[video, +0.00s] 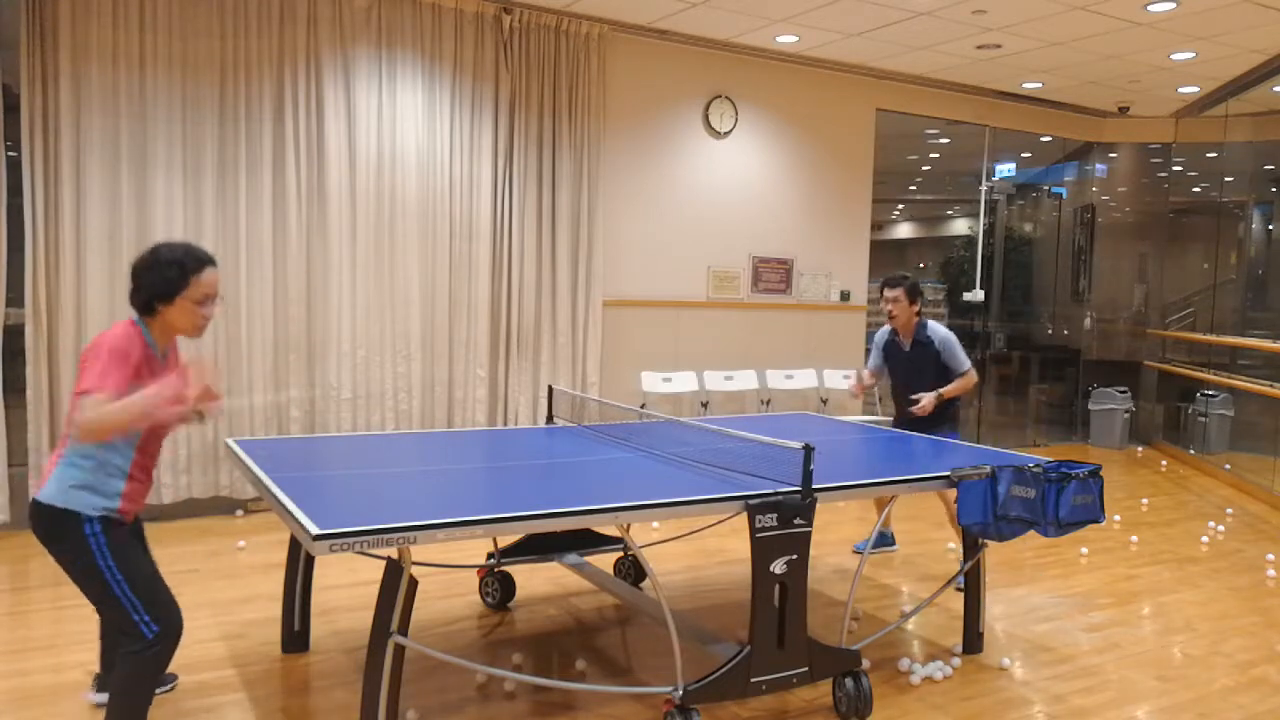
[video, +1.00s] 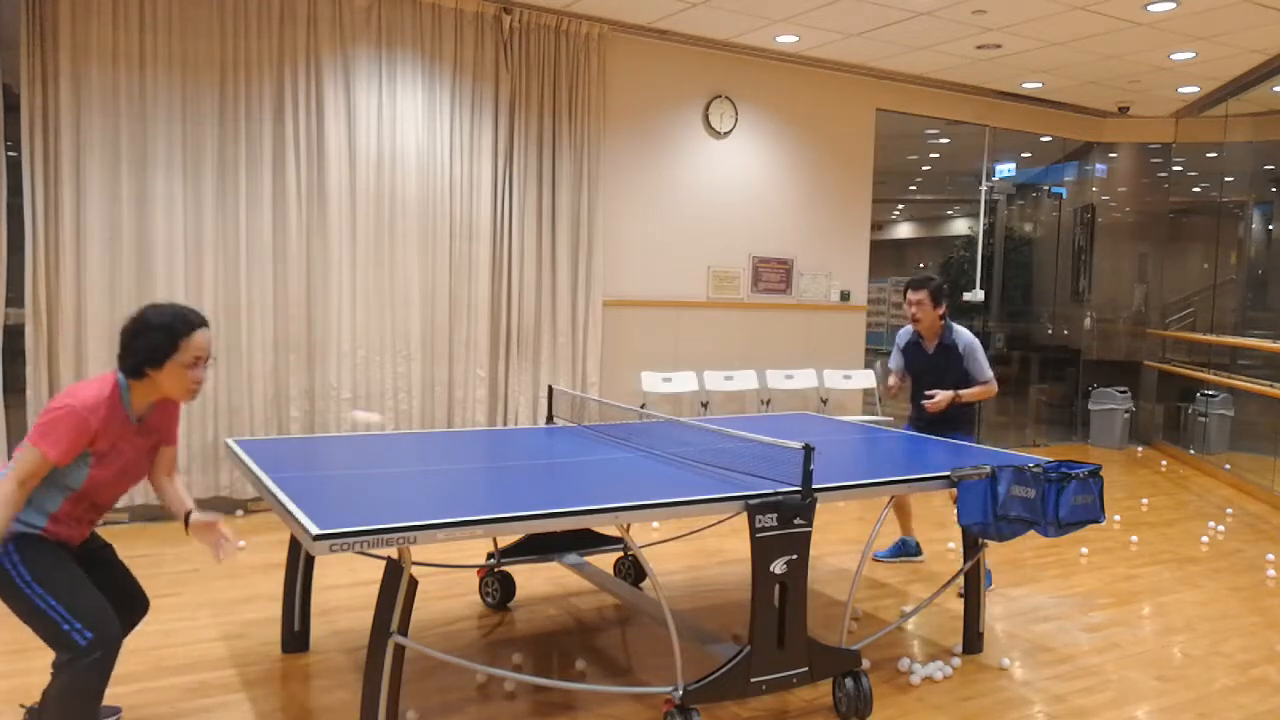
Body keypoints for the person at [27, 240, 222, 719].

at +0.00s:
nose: (211, 312)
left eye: (214, 300)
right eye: (202, 301)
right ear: (163, 300)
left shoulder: (167, 352)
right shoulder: (118, 343)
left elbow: (147, 422)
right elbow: (85, 421)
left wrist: (190, 409)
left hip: (113, 506)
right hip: (73, 508)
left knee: (127, 598)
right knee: (157, 627)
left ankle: (114, 679)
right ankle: (124, 709)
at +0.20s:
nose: (186, 278)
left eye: (186, 267)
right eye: (177, 268)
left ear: (134, 270)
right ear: (141, 269)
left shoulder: (97, 308)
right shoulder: (123, 313)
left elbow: (140, 387)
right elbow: (203, 356)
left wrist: (195, 332)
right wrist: (242, 296)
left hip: (52, 491)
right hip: (94, 497)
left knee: (88, 600)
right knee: (151, 627)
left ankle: (57, 704)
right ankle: (118, 714)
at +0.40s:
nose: (177, 270)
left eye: (176, 259)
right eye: (168, 261)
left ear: (129, 267)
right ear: (132, 266)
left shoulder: (109, 313)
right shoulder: (100, 310)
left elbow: (145, 382)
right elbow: (150, 380)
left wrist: (195, 343)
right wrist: (218, 331)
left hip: (48, 488)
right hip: (60, 492)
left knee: (70, 618)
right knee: (111, 634)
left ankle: (49, 711)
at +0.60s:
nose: (181, 296)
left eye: (180, 284)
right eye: (172, 285)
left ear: (142, 292)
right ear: (133, 291)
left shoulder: (135, 341)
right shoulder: (86, 340)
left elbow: (139, 406)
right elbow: (56, 437)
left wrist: (185, 411)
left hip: (75, 507)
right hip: (31, 507)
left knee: (104, 610)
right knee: (96, 638)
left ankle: (69, 705)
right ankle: (62, 714)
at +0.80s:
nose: (192, 351)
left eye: (192, 339)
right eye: (183, 342)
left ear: (147, 349)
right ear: (142, 348)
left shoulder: (157, 386)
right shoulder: (73, 391)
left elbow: (170, 457)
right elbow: (8, 471)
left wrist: (195, 491)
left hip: (80, 525)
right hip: (33, 532)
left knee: (126, 604)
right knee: (100, 629)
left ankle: (62, 703)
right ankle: (62, 713)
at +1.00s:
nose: (203, 375)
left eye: (206, 363)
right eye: (195, 364)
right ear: (153, 363)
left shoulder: (164, 405)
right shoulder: (84, 408)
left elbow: (165, 476)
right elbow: (16, 481)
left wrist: (191, 516)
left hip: (70, 535)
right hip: (19, 536)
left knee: (129, 605)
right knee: (96, 636)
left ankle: (62, 704)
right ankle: (63, 713)